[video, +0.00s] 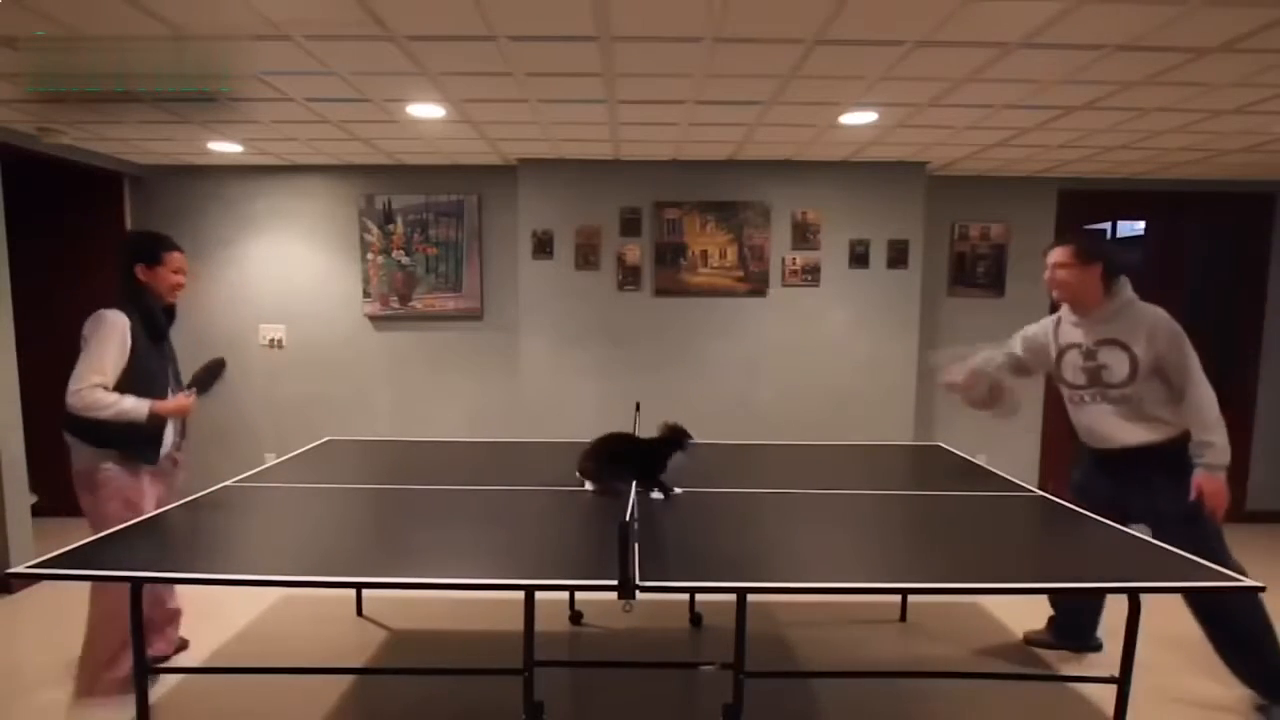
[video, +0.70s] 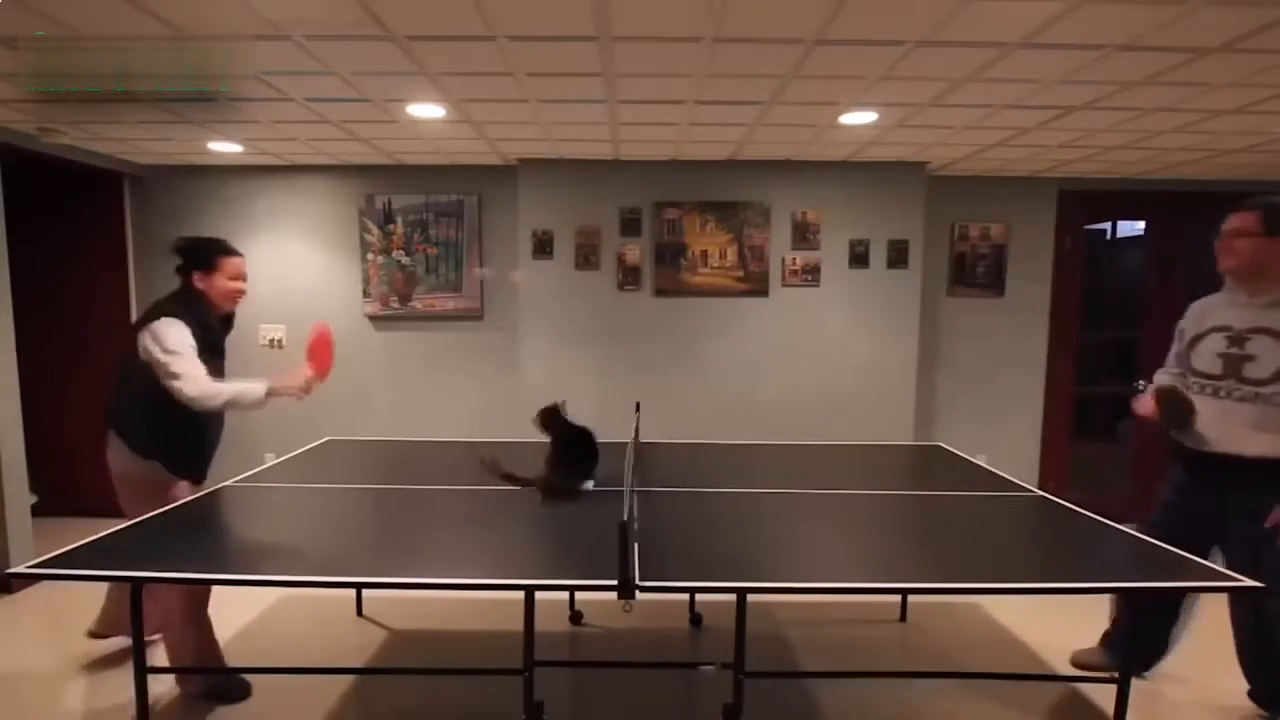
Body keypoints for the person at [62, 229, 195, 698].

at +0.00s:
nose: (182, 282)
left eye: (184, 273)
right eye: (174, 272)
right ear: (143, 273)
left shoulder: (155, 327)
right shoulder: (114, 323)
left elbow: (159, 391)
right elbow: (81, 397)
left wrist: (182, 399)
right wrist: (157, 408)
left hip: (151, 465)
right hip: (113, 468)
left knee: (155, 554)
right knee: (122, 565)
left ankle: (159, 641)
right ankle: (105, 677)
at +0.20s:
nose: (168, 288)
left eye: (169, 279)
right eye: (159, 280)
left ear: (168, 283)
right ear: (128, 283)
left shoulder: (154, 334)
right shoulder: (102, 330)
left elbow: (158, 396)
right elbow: (63, 400)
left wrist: (171, 449)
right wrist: (140, 406)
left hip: (143, 460)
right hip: (107, 463)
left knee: (137, 549)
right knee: (152, 553)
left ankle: (98, 637)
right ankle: (113, 658)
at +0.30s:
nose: (171, 299)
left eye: (173, 290)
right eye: (162, 291)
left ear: (169, 293)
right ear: (132, 293)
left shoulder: (159, 339)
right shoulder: (101, 339)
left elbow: (163, 402)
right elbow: (62, 408)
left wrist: (180, 455)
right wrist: (134, 420)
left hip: (155, 464)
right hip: (111, 468)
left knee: (164, 538)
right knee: (177, 539)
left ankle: (106, 629)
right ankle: (172, 646)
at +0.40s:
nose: (183, 301)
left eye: (186, 291)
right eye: (173, 291)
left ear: (187, 294)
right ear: (142, 294)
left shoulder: (170, 344)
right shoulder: (113, 341)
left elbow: (171, 406)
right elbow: (78, 406)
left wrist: (183, 460)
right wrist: (153, 404)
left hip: (167, 465)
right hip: (125, 469)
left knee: (143, 547)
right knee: (180, 555)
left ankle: (105, 630)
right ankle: (209, 666)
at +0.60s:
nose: (231, 288)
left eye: (233, 279)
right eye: (222, 278)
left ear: (218, 283)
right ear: (189, 281)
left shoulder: (204, 326)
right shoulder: (159, 328)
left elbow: (195, 393)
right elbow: (194, 383)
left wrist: (193, 468)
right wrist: (267, 371)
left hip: (180, 458)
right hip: (143, 461)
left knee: (198, 559)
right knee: (181, 564)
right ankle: (195, 674)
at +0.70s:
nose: (242, 289)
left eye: (243, 279)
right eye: (233, 279)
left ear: (211, 281)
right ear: (198, 279)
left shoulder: (208, 324)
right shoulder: (167, 326)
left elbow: (196, 394)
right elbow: (199, 393)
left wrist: (190, 471)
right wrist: (276, 387)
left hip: (178, 458)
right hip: (145, 460)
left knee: (194, 561)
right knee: (177, 566)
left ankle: (205, 664)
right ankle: (194, 677)